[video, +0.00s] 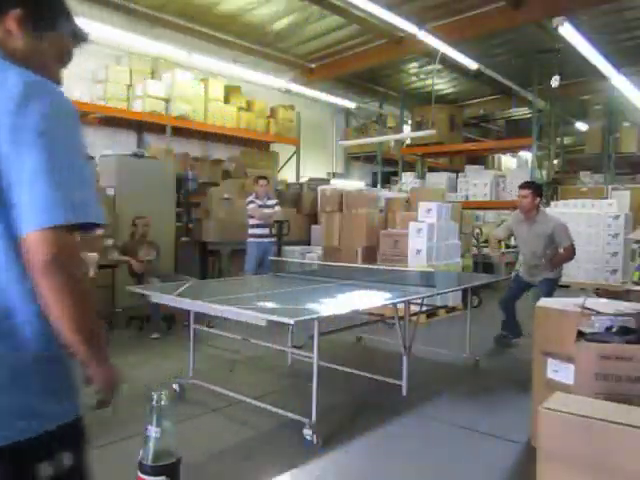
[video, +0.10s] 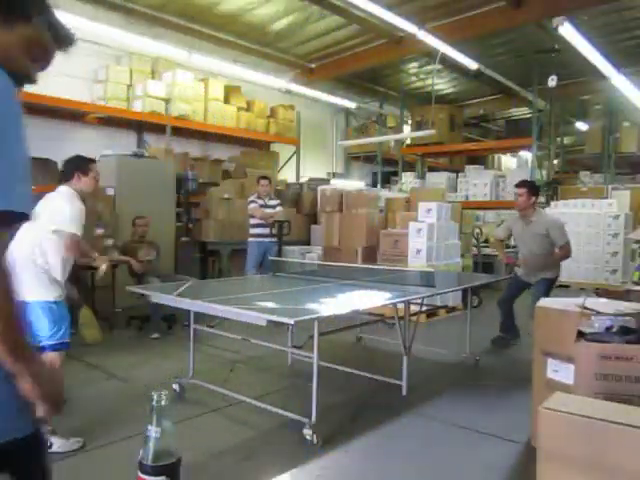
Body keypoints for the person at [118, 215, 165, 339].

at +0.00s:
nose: (144, 229)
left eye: (147, 226)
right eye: (141, 226)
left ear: (149, 227)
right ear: (134, 227)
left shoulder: (152, 245)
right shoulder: (128, 244)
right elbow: (113, 256)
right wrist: (130, 260)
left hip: (151, 273)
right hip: (136, 274)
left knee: (155, 297)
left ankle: (156, 328)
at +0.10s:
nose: (143, 229)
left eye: (145, 226)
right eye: (139, 226)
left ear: (148, 227)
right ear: (134, 228)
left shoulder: (153, 245)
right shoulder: (127, 245)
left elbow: (156, 263)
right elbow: (113, 257)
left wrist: (144, 266)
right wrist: (131, 260)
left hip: (156, 274)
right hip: (140, 276)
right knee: (155, 286)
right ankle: (154, 328)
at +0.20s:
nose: (142, 229)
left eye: (145, 226)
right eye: (139, 226)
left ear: (148, 228)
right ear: (133, 228)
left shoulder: (153, 246)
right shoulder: (127, 245)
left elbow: (156, 266)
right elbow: (111, 256)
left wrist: (144, 266)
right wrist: (130, 260)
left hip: (157, 275)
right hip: (141, 276)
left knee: (185, 281)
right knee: (155, 285)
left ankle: (189, 320)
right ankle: (154, 327)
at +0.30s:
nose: (142, 229)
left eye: (145, 226)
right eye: (138, 226)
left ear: (149, 226)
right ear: (133, 227)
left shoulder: (152, 239)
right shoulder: (127, 242)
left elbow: (162, 252)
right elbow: (112, 255)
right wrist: (130, 260)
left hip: (159, 273)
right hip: (144, 274)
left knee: (189, 282)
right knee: (157, 288)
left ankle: (190, 320)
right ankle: (155, 328)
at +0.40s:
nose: (141, 229)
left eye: (144, 226)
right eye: (138, 226)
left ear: (148, 226)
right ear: (133, 227)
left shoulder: (153, 240)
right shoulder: (126, 240)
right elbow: (112, 255)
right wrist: (130, 260)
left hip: (159, 270)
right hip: (143, 272)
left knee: (189, 282)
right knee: (156, 288)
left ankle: (190, 319)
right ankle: (154, 327)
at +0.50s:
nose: (143, 229)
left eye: (145, 226)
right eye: (140, 226)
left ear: (148, 228)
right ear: (133, 228)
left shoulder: (154, 246)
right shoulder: (128, 246)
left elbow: (157, 265)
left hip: (158, 275)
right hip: (143, 276)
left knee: (191, 282)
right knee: (157, 287)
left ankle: (189, 320)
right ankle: (154, 328)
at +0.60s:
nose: (146, 229)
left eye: (148, 226)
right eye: (143, 226)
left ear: (150, 228)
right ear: (134, 228)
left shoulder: (154, 245)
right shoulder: (128, 245)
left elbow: (158, 262)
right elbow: (115, 257)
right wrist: (130, 261)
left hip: (159, 275)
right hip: (143, 276)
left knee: (189, 282)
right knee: (157, 288)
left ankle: (189, 320)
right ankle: (154, 328)